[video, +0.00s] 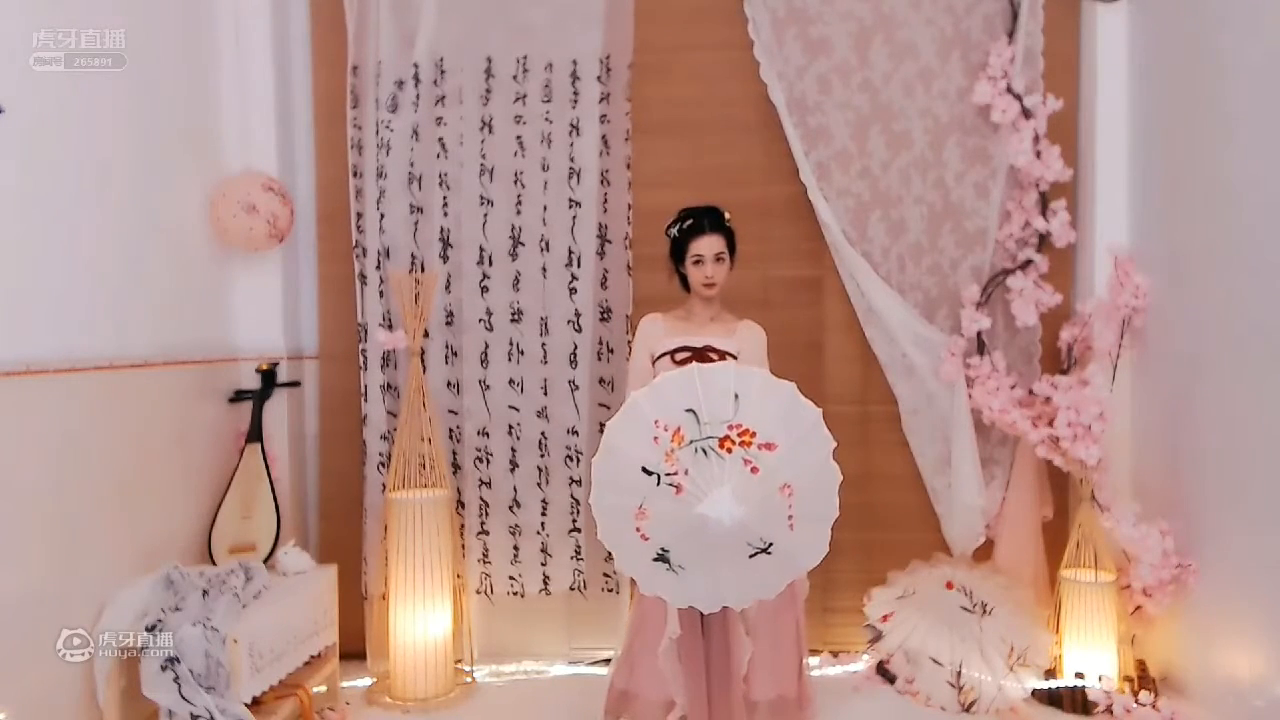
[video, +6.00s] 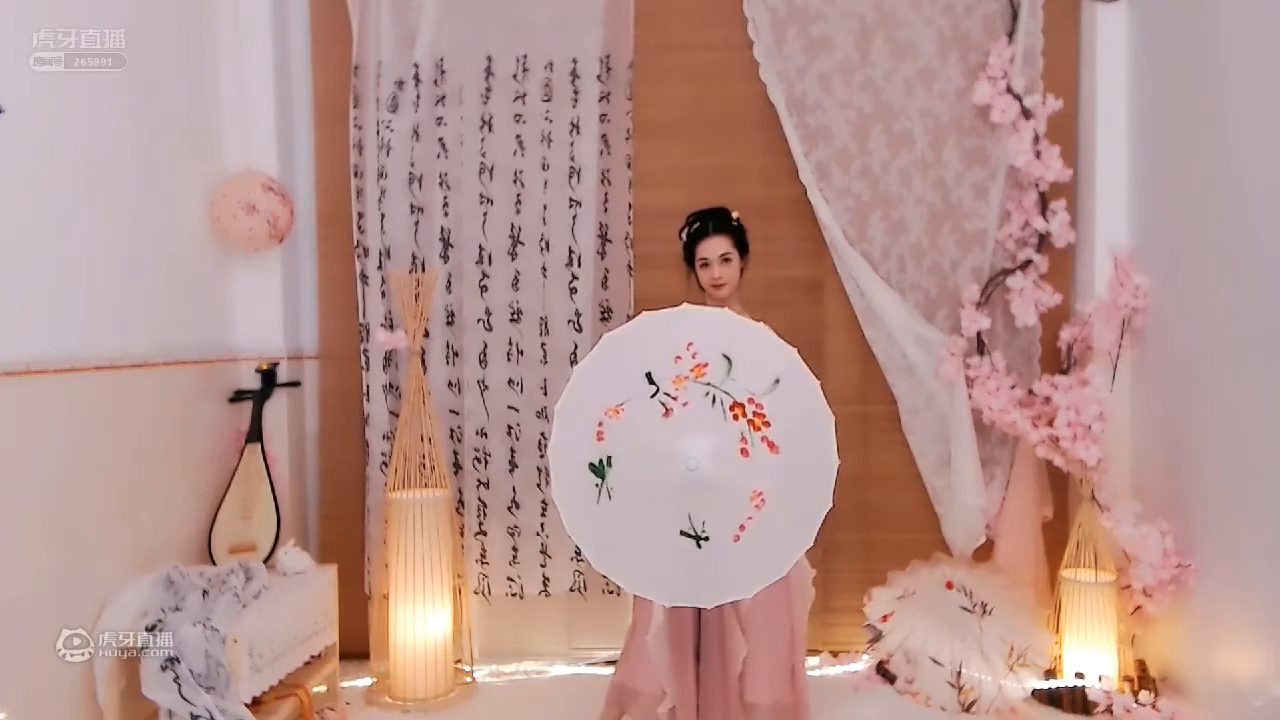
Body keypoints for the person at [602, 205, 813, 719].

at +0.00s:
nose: (709, 271)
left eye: (718, 259)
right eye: (698, 261)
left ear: (731, 264)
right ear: (681, 266)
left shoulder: (750, 335)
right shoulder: (653, 328)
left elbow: (764, 424)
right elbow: (637, 417)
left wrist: (764, 493)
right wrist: (640, 496)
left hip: (736, 484)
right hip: (670, 484)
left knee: (735, 606)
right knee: (672, 604)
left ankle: (735, 709)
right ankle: (673, 709)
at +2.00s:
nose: (717, 270)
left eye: (727, 258)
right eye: (706, 260)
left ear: (742, 262)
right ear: (692, 266)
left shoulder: (760, 335)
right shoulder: (666, 323)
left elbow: (776, 425)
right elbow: (646, 410)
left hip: (741, 488)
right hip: (678, 484)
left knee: (740, 605)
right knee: (677, 603)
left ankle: (739, 709)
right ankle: (678, 709)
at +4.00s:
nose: (716, 272)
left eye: (726, 259)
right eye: (705, 262)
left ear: (742, 263)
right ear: (693, 268)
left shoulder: (761, 339)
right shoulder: (674, 333)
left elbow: (786, 427)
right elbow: (649, 418)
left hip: (747, 490)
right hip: (685, 486)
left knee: (746, 604)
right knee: (681, 604)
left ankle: (745, 710)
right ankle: (678, 711)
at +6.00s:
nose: (715, 272)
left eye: (725, 259)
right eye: (704, 262)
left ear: (742, 263)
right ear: (692, 268)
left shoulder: (760, 338)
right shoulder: (671, 335)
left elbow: (786, 428)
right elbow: (647, 421)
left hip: (745, 491)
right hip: (679, 490)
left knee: (742, 608)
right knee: (679, 608)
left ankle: (741, 709)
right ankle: (678, 710)